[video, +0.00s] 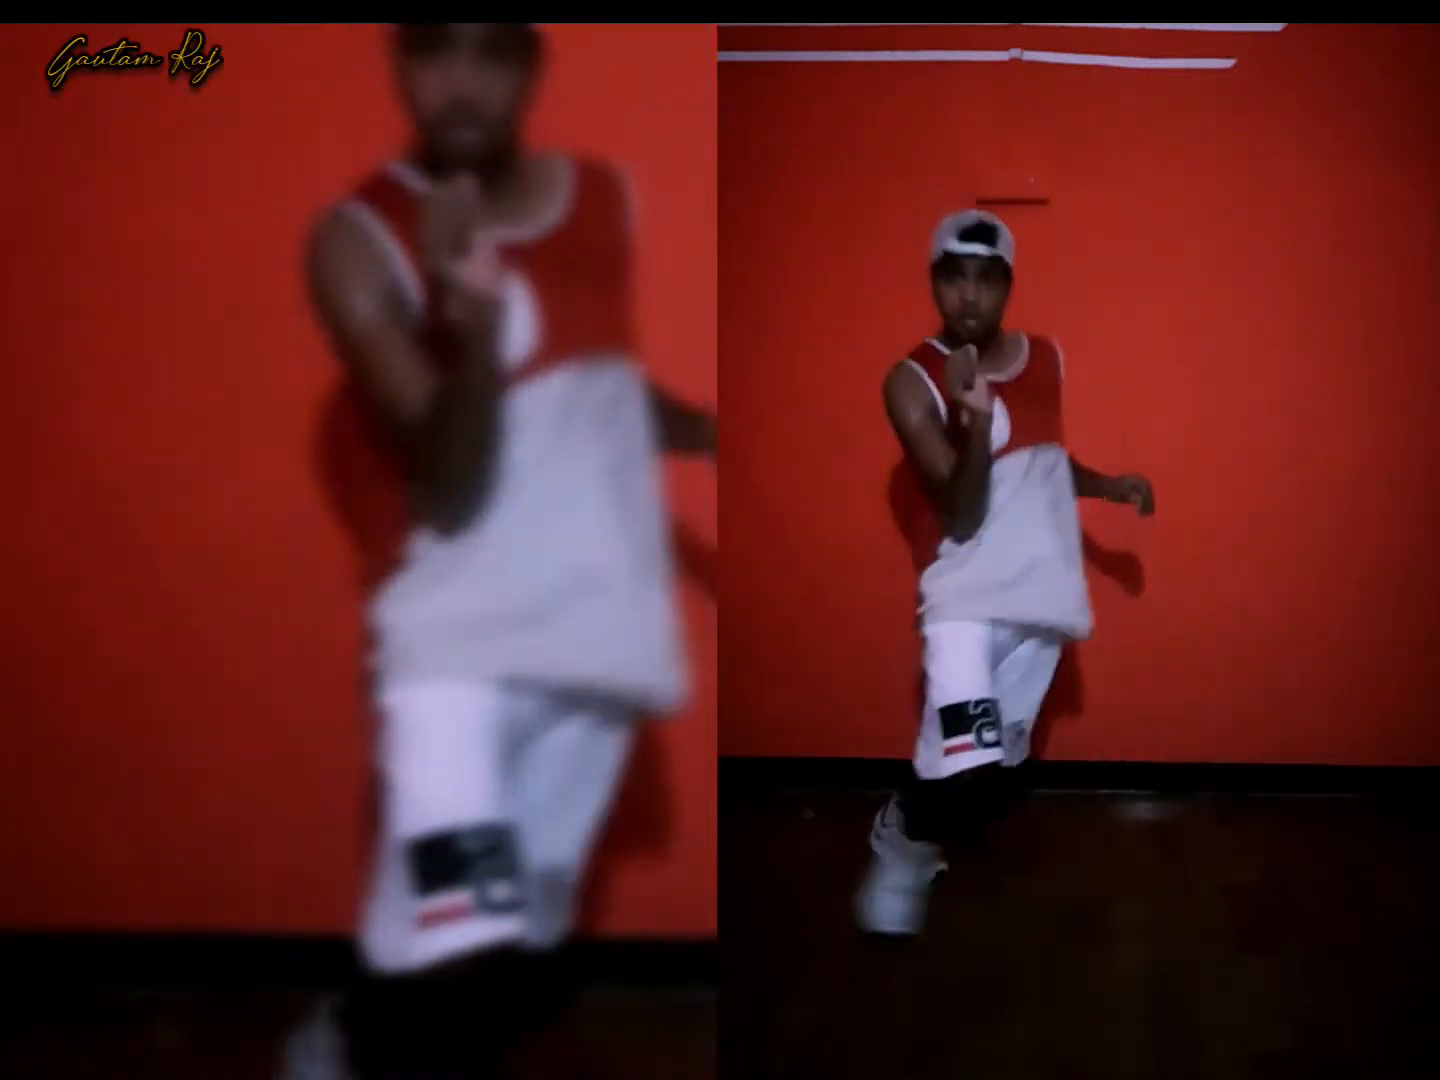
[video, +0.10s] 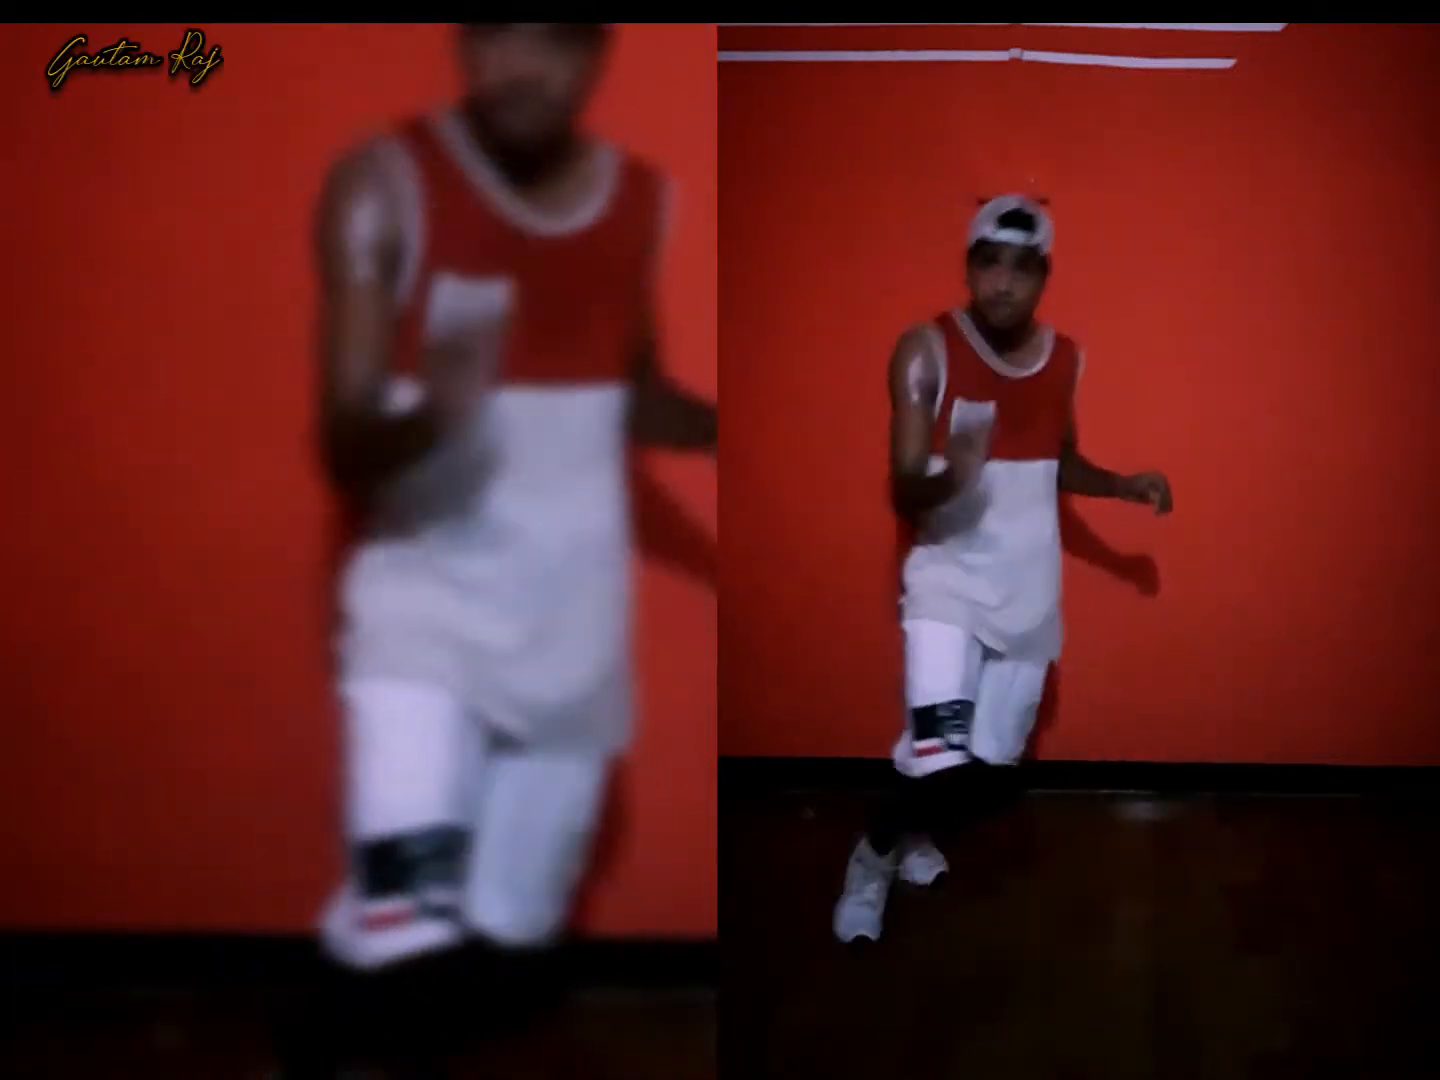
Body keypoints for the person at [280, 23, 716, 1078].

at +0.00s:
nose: (460, 85)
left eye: (490, 55)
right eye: (434, 54)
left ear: (533, 71)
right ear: (401, 72)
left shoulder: (595, 197)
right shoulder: (362, 237)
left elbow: (595, 386)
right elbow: (444, 485)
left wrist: (723, 435)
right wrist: (468, 337)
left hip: (600, 629)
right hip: (456, 633)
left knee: (527, 962)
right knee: (450, 955)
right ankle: (330, 1053)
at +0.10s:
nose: (519, 68)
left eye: (551, 42)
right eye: (496, 39)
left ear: (596, 58)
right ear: (463, 50)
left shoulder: (631, 194)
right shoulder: (387, 184)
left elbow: (630, 391)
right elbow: (349, 439)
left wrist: (740, 431)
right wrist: (426, 405)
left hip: (575, 625)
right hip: (422, 608)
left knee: (512, 965)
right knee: (406, 940)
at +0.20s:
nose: (603, 47)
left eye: (632, 25)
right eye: (579, 22)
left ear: (671, 43)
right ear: (537, 34)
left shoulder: (694, 176)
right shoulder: (450, 157)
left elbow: (679, 341)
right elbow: (298, 388)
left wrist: (770, 441)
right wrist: (345, 545)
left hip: (562, 590)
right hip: (395, 584)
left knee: (610, 864)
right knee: (355, 899)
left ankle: (457, 1041)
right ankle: (302, 1078)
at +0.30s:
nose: (694, 122)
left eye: (716, 93)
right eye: (668, 90)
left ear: (746, 115)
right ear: (622, 105)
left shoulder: (738, 266)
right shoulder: (526, 248)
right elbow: (314, 401)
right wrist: (276, 629)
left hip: (578, 531)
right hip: (404, 514)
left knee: (623, 834)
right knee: (337, 812)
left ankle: (632, 1078)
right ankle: (261, 1075)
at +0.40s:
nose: (730, 181)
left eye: (747, 151)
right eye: (708, 146)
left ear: (770, 171)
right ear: (659, 159)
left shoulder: (755, 312)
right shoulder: (536, 282)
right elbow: (374, 416)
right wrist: (289, 615)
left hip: (648, 572)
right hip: (457, 557)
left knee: (680, 880)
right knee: (355, 851)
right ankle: (287, 1074)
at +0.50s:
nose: (734, 123)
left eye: (750, 98)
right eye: (720, 91)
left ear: (786, 120)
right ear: (690, 95)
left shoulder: (799, 249)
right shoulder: (573, 201)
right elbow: (447, 340)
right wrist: (385, 519)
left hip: (704, 605)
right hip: (529, 588)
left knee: (734, 906)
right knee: (441, 888)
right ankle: (437, 1069)